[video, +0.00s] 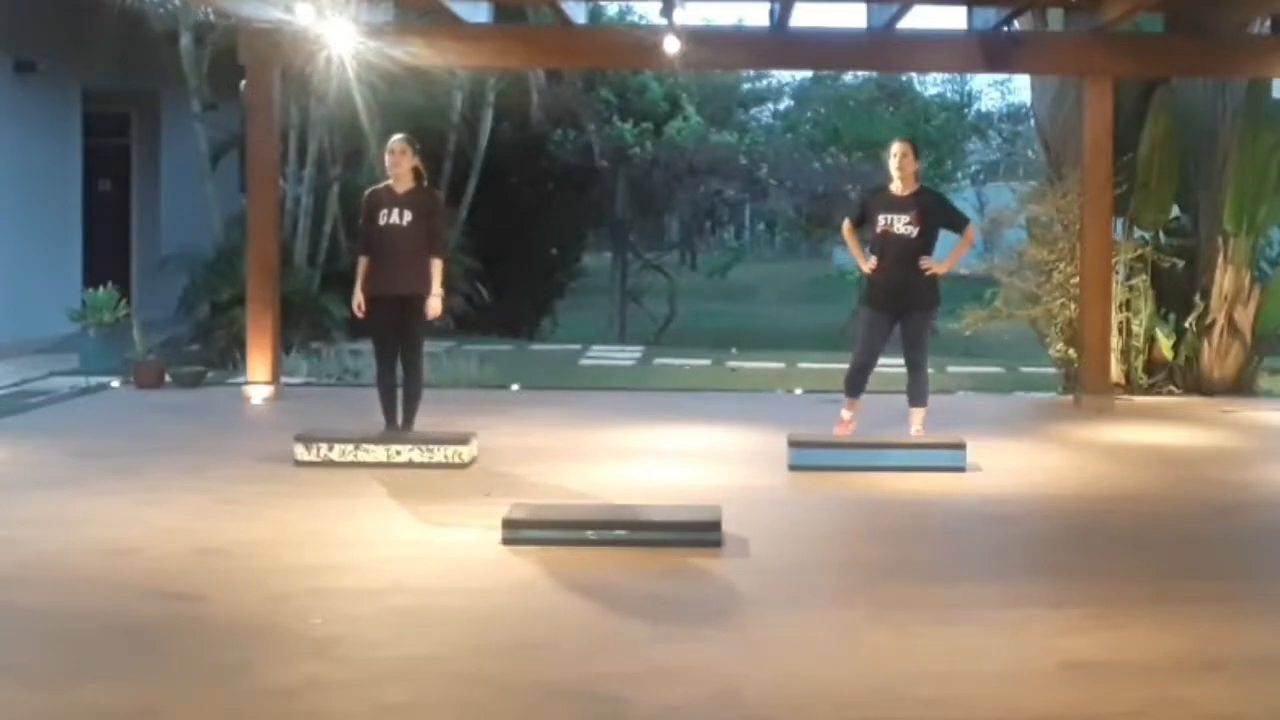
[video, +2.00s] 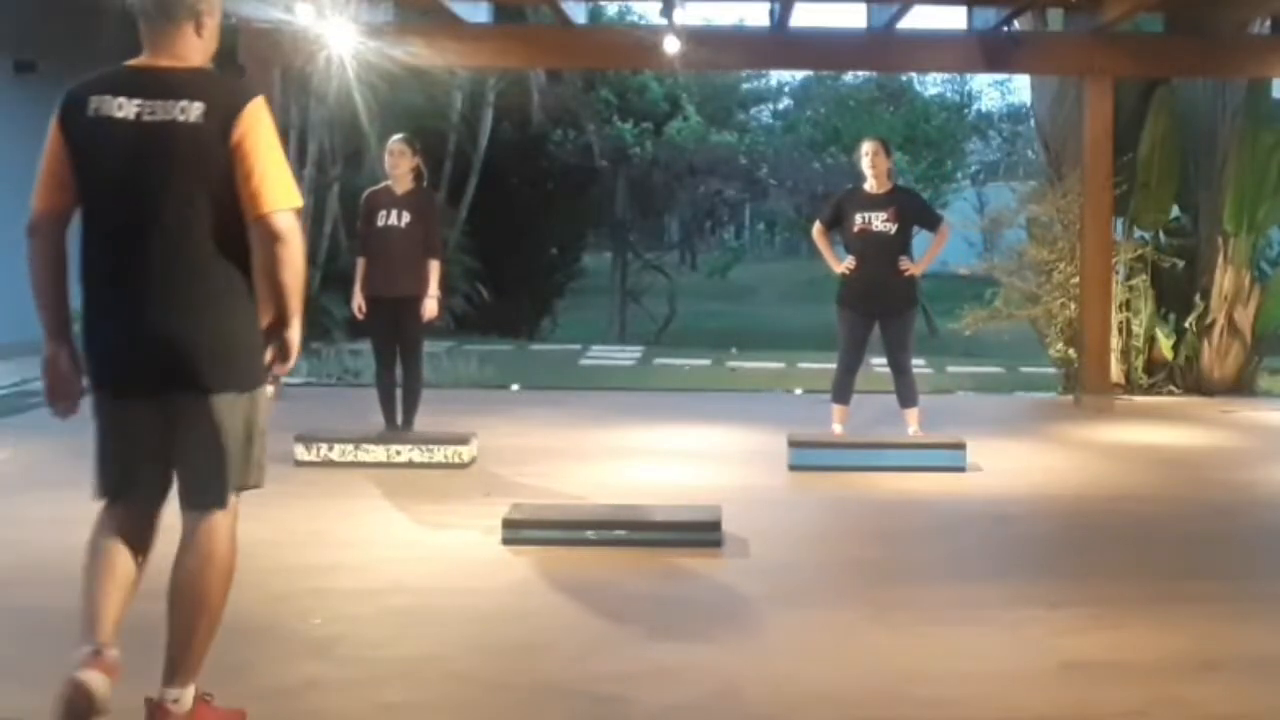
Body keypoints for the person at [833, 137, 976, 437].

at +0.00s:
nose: (898, 161)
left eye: (904, 156)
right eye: (894, 156)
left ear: (916, 163)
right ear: (888, 162)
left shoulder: (931, 200)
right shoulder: (874, 198)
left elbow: (969, 232)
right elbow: (847, 226)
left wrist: (946, 264)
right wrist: (862, 259)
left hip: (918, 290)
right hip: (881, 288)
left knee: (916, 359)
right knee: (865, 354)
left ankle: (917, 426)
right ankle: (849, 410)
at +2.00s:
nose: (870, 160)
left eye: (875, 154)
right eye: (866, 155)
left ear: (889, 161)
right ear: (860, 162)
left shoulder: (906, 199)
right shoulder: (847, 200)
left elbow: (943, 230)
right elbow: (818, 230)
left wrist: (922, 265)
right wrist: (835, 263)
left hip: (896, 288)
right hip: (857, 288)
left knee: (900, 361)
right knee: (849, 359)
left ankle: (914, 429)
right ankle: (838, 428)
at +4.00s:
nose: (859, 171)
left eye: (865, 165)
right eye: (854, 164)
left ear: (875, 167)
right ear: (846, 165)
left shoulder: (886, 199)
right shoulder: (828, 199)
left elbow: (915, 228)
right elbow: (792, 227)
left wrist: (901, 259)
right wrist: (814, 261)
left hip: (877, 286)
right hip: (839, 286)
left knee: (887, 357)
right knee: (839, 357)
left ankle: (896, 420)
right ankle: (837, 426)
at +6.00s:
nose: (874, 160)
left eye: (879, 155)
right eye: (869, 155)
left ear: (888, 159)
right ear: (860, 159)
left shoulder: (904, 198)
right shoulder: (847, 198)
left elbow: (915, 245)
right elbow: (834, 245)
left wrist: (920, 288)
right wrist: (830, 287)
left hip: (893, 292)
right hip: (855, 292)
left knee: (886, 359)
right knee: (857, 359)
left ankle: (888, 425)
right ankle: (858, 425)